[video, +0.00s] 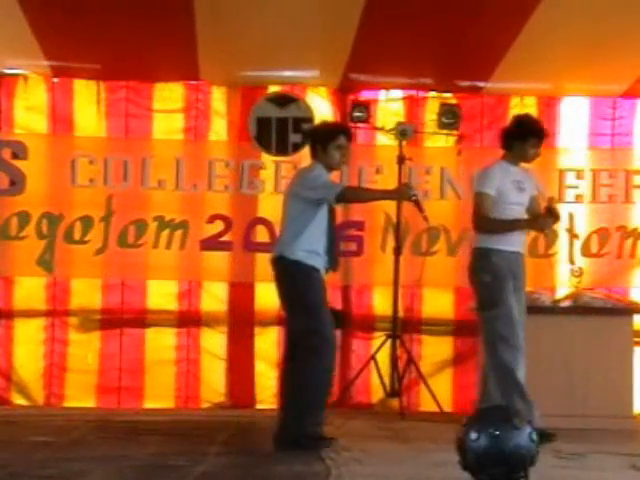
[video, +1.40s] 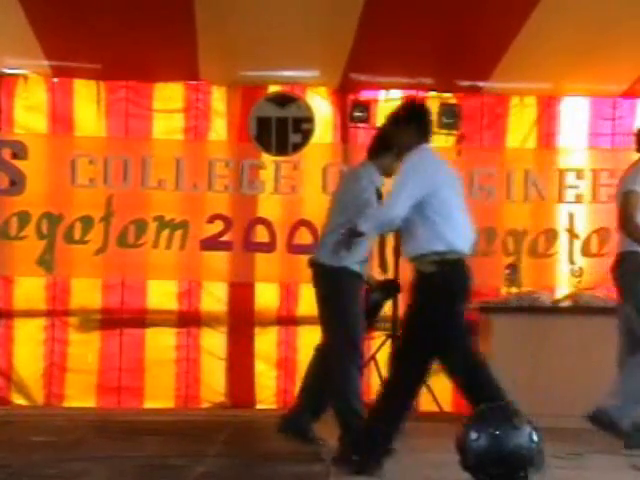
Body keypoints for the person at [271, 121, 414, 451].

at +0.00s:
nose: (344, 155)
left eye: (346, 149)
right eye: (338, 148)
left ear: (340, 152)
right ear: (320, 149)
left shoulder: (316, 178)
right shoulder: (311, 176)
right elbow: (347, 195)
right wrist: (394, 194)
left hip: (303, 267)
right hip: (297, 266)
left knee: (307, 343)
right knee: (319, 342)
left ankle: (296, 429)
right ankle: (302, 431)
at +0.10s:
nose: (346, 156)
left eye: (348, 150)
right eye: (341, 149)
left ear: (342, 152)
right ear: (323, 149)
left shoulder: (320, 181)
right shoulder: (313, 177)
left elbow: (317, 247)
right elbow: (347, 195)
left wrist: (330, 301)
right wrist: (395, 194)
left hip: (307, 268)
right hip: (300, 266)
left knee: (307, 347)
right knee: (321, 345)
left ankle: (295, 428)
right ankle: (325, 428)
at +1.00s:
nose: (398, 155)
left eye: (399, 148)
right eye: (393, 147)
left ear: (385, 149)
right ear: (374, 146)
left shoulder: (369, 181)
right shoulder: (359, 178)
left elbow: (363, 239)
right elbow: (381, 208)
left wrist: (374, 281)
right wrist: (422, 214)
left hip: (356, 272)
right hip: (344, 270)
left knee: (352, 353)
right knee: (353, 353)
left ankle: (309, 415)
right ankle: (356, 436)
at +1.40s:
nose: (399, 167)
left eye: (401, 159)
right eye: (398, 158)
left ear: (378, 150)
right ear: (386, 153)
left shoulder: (360, 178)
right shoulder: (364, 180)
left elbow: (358, 232)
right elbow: (371, 222)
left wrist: (368, 277)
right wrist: (401, 210)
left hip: (343, 269)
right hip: (338, 268)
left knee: (337, 346)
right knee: (346, 348)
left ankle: (300, 417)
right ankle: (354, 432)